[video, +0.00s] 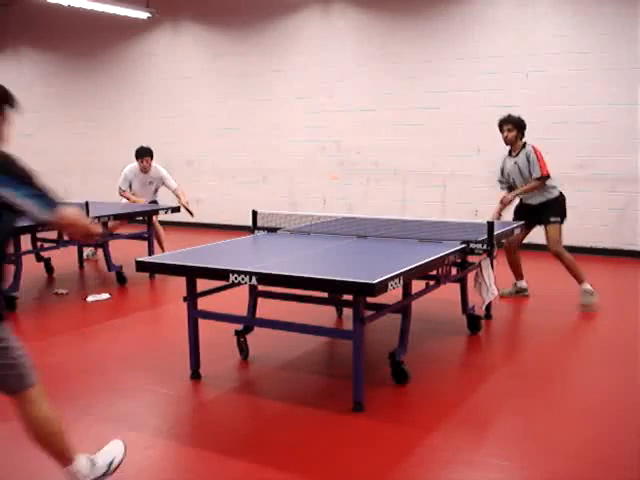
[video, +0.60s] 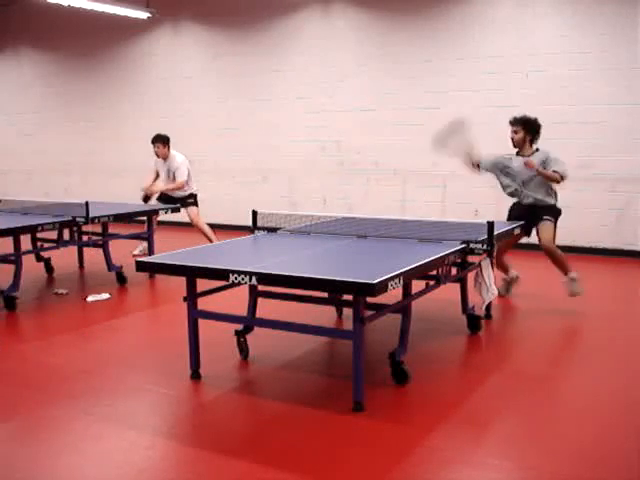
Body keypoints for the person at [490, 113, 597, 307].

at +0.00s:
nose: (505, 135)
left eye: (509, 131)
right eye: (503, 132)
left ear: (519, 132)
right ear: (501, 135)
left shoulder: (531, 151)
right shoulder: (506, 162)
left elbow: (541, 179)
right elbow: (510, 191)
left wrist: (514, 194)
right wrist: (499, 211)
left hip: (550, 201)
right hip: (528, 205)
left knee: (554, 247)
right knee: (510, 244)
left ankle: (585, 287)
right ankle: (520, 285)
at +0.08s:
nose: (508, 143)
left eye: (512, 138)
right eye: (506, 140)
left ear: (522, 140)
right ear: (506, 142)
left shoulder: (531, 157)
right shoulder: (519, 164)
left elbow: (533, 186)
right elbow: (531, 193)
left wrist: (504, 200)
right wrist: (525, 217)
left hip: (557, 209)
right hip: (537, 213)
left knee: (569, 255)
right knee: (512, 246)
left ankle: (601, 298)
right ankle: (521, 285)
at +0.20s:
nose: (507, 152)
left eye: (509, 148)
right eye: (505, 149)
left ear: (520, 147)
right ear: (519, 150)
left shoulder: (524, 163)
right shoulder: (531, 164)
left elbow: (514, 188)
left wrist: (488, 204)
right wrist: (531, 224)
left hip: (562, 211)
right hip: (546, 215)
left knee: (568, 261)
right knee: (520, 242)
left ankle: (603, 299)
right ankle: (521, 285)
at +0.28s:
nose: (504, 155)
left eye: (507, 150)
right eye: (503, 152)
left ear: (518, 149)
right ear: (520, 151)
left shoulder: (519, 164)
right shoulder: (541, 166)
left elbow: (510, 186)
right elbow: (566, 192)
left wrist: (483, 204)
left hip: (558, 211)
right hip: (545, 215)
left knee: (567, 261)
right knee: (521, 242)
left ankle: (603, 299)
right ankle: (522, 285)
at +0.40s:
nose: (500, 149)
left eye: (502, 145)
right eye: (499, 145)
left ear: (512, 145)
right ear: (519, 146)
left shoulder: (515, 159)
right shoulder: (534, 161)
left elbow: (522, 173)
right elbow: (555, 184)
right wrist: (573, 203)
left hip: (548, 209)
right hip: (539, 212)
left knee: (566, 258)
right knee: (514, 245)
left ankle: (606, 297)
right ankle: (521, 285)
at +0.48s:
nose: (499, 143)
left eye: (502, 138)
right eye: (499, 139)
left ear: (511, 140)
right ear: (513, 140)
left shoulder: (518, 153)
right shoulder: (516, 157)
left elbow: (535, 169)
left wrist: (527, 194)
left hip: (548, 206)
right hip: (535, 211)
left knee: (563, 257)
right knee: (510, 248)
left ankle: (604, 294)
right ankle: (521, 285)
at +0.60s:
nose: (511, 136)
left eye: (515, 132)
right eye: (511, 133)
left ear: (528, 136)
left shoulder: (544, 157)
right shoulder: (508, 161)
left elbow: (558, 178)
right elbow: (478, 164)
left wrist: (537, 169)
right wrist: (466, 151)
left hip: (545, 209)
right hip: (521, 209)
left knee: (547, 245)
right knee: (496, 252)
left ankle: (571, 276)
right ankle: (510, 276)